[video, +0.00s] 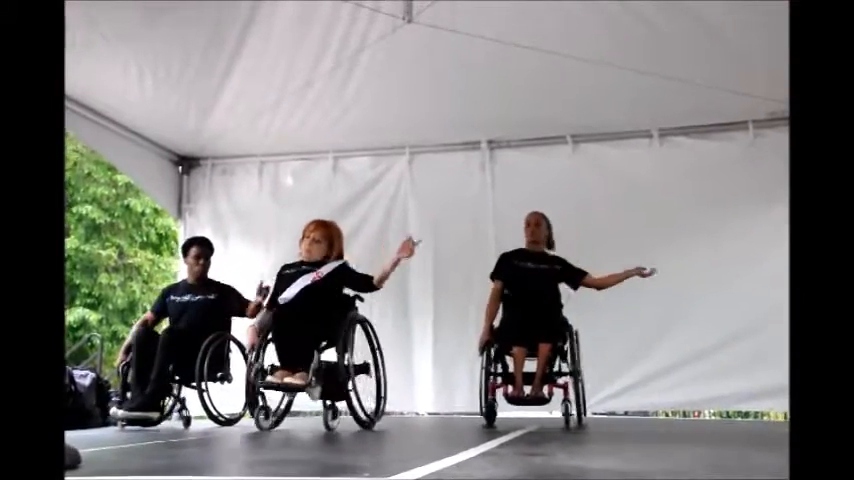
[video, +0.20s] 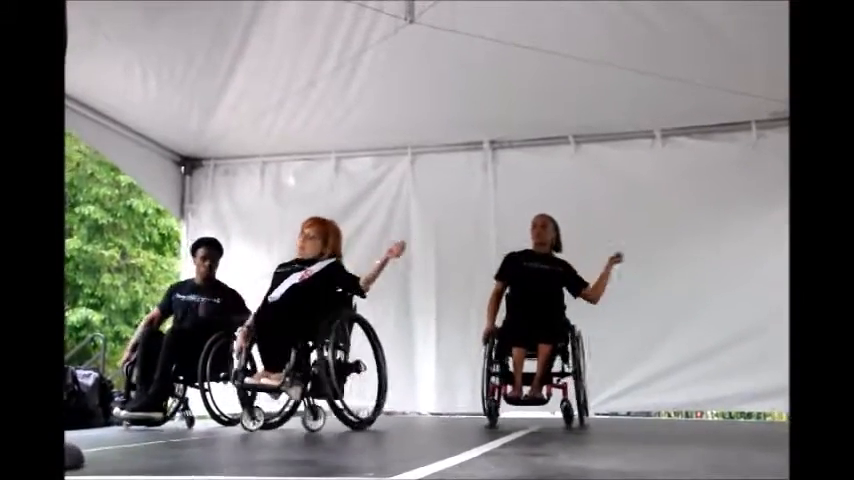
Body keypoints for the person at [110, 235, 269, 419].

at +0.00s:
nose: (203, 262)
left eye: (207, 258)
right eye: (197, 257)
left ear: (211, 261)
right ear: (186, 260)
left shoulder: (223, 292)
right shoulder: (172, 292)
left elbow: (250, 312)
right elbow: (147, 320)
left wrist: (260, 300)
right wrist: (126, 348)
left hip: (211, 357)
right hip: (180, 356)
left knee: (170, 335)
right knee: (144, 334)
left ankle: (153, 401)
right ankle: (138, 399)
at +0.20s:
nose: (209, 264)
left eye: (214, 260)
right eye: (204, 259)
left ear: (219, 262)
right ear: (194, 260)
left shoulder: (230, 296)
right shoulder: (178, 291)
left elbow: (249, 326)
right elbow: (153, 319)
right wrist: (131, 349)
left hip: (214, 360)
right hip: (182, 356)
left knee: (175, 336)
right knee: (151, 336)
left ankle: (156, 402)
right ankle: (142, 400)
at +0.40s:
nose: (213, 266)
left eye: (218, 261)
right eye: (208, 260)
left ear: (224, 263)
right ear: (200, 260)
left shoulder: (234, 295)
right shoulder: (185, 288)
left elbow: (241, 323)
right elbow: (166, 315)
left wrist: (208, 319)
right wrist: (152, 339)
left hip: (217, 355)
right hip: (187, 351)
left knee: (176, 334)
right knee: (152, 335)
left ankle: (157, 400)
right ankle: (144, 398)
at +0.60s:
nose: (199, 268)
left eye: (204, 263)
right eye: (197, 262)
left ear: (218, 262)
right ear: (194, 262)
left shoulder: (231, 290)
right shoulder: (198, 287)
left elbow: (237, 324)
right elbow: (198, 317)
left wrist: (207, 317)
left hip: (221, 351)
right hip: (199, 348)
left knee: (174, 332)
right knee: (155, 334)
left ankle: (147, 397)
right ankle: (141, 395)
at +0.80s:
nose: (195, 272)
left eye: (200, 267)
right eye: (192, 267)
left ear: (213, 266)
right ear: (189, 267)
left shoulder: (221, 289)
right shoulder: (215, 288)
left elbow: (221, 323)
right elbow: (216, 320)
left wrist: (196, 323)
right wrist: (198, 323)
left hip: (226, 348)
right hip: (220, 344)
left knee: (169, 337)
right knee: (168, 336)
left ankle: (146, 395)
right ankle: (150, 391)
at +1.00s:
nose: (198, 272)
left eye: (203, 267)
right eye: (196, 267)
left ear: (218, 266)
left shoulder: (213, 293)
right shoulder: (241, 288)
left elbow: (190, 327)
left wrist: (186, 315)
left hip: (225, 362)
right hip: (248, 358)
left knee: (173, 337)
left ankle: (160, 396)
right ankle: (173, 396)